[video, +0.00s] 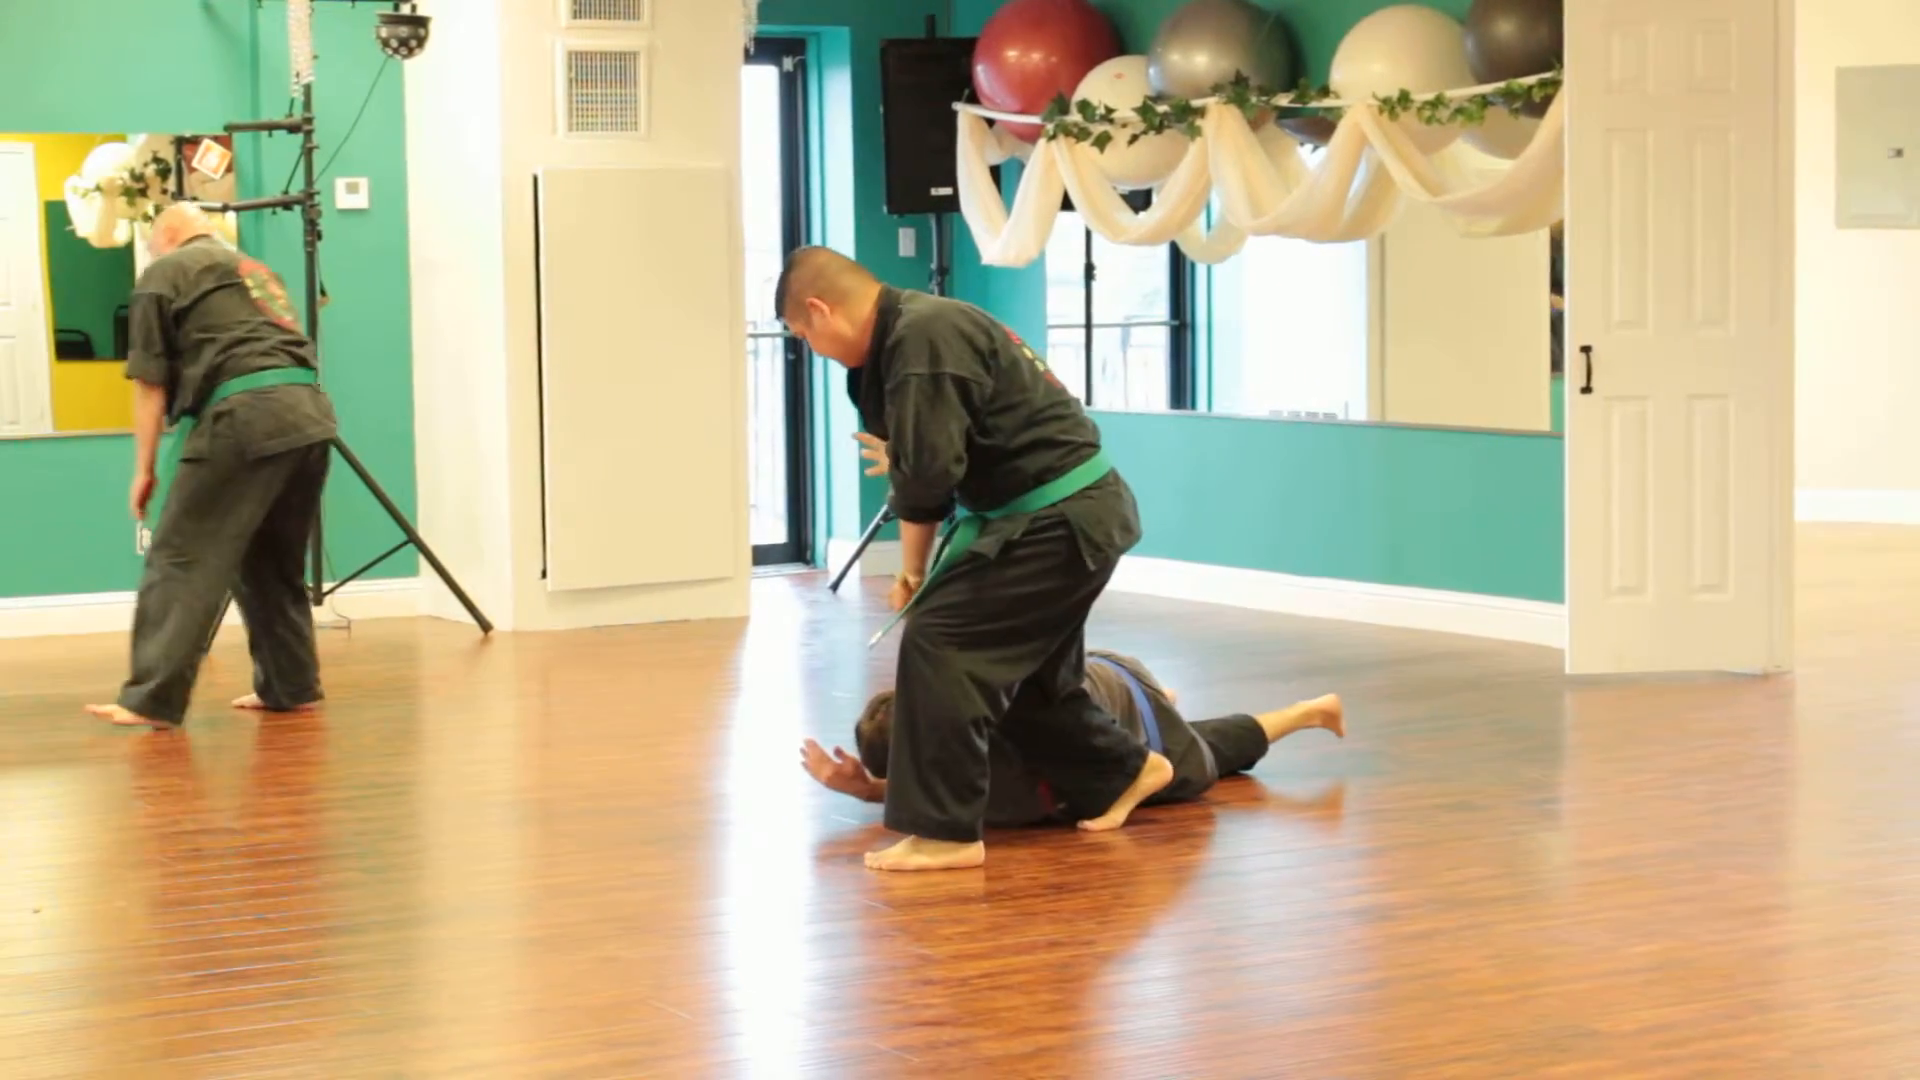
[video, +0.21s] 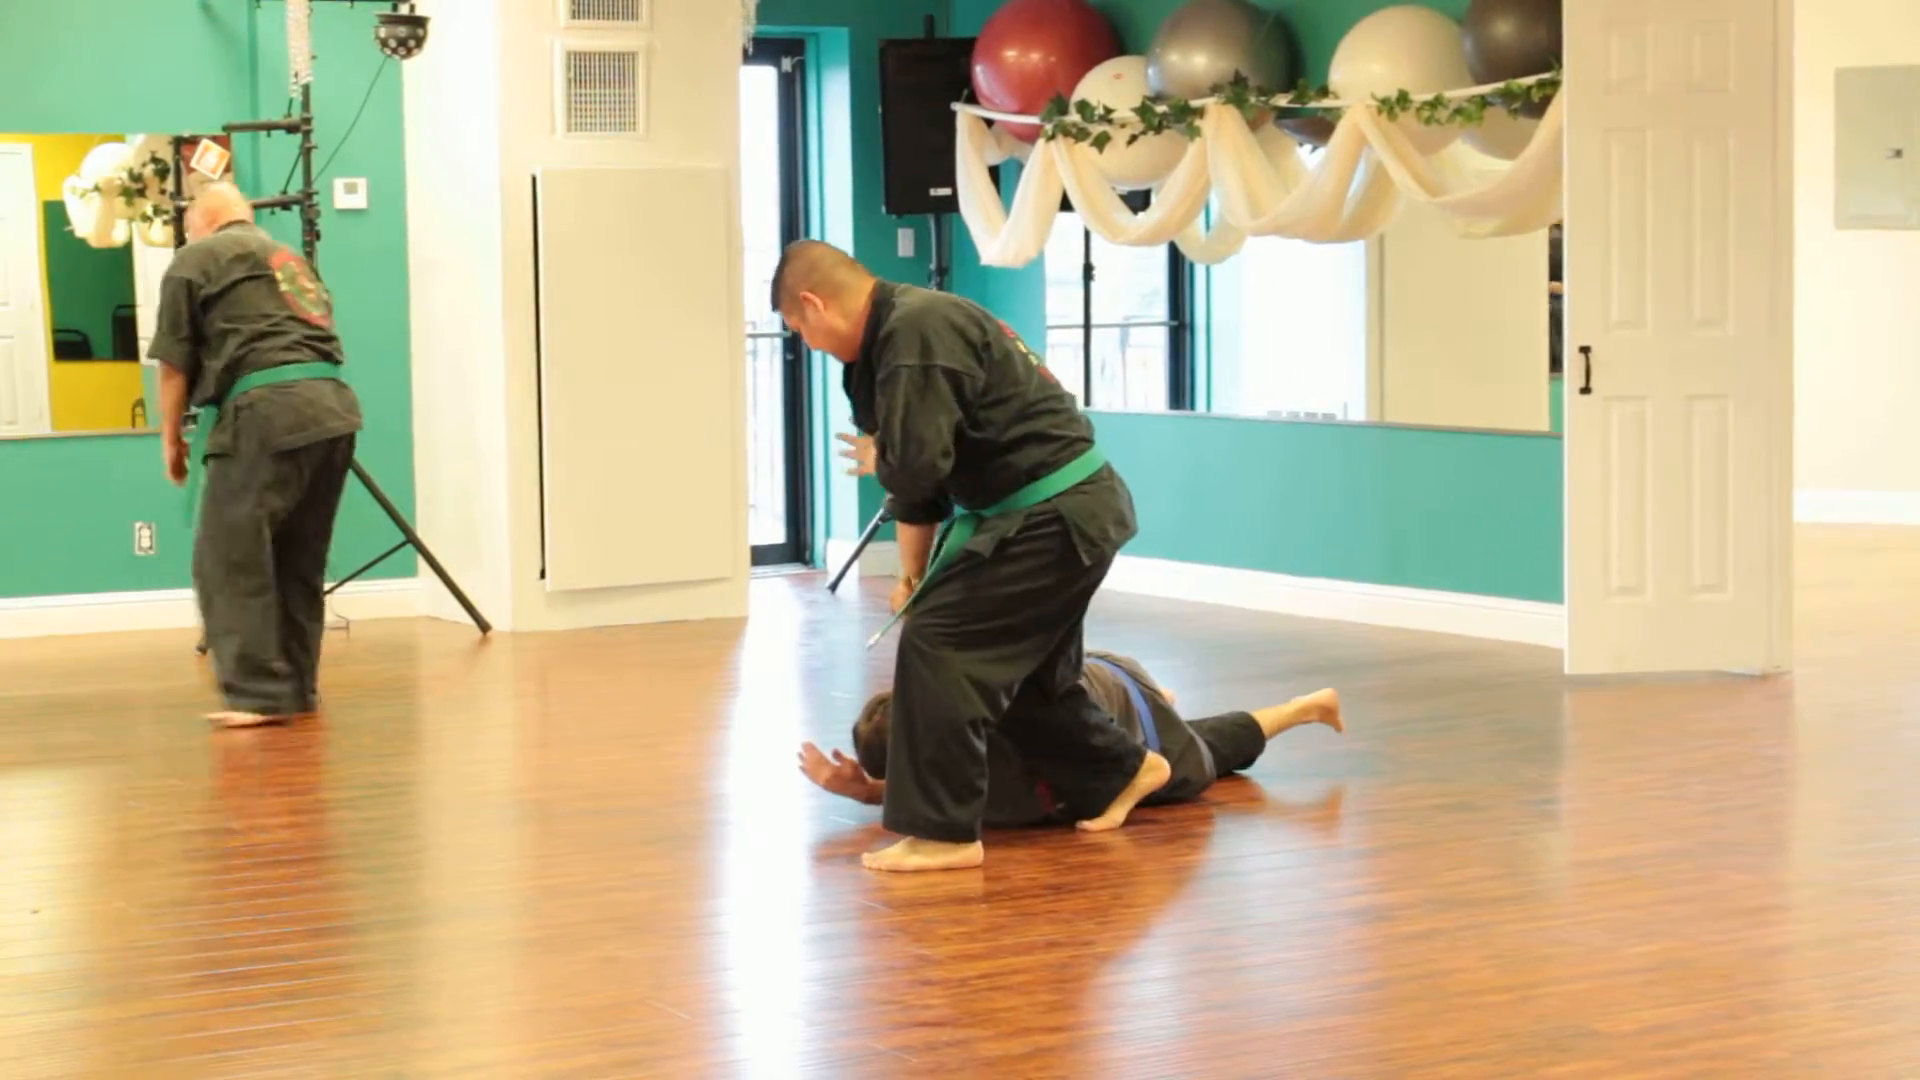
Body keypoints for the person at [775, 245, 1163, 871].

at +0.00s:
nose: (815, 352)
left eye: (804, 336)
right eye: (804, 340)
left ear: (822, 309)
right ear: (844, 294)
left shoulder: (923, 337)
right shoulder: (910, 338)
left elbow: (924, 477)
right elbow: (917, 476)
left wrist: (912, 574)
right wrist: (915, 571)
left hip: (1063, 513)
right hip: (1068, 510)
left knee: (936, 636)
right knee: (1025, 678)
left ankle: (944, 830)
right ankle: (1126, 767)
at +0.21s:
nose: (808, 346)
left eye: (799, 330)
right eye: (799, 334)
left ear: (816, 304)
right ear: (842, 286)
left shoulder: (915, 332)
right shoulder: (906, 330)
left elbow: (918, 478)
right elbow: (917, 484)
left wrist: (885, 457)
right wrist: (914, 579)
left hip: (1057, 509)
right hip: (1066, 505)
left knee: (933, 638)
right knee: (1024, 676)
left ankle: (943, 830)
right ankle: (1123, 766)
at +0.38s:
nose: (815, 332)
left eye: (806, 317)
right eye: (807, 319)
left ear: (820, 295)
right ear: (856, 272)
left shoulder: (911, 327)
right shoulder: (918, 312)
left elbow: (899, 465)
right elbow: (907, 471)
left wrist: (832, 442)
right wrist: (894, 560)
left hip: (1053, 509)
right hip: (1077, 499)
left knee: (935, 641)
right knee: (1034, 674)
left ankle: (941, 831)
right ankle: (1130, 772)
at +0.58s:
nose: (856, 306)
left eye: (850, 289)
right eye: (852, 291)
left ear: (862, 274)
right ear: (911, 253)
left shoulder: (904, 321)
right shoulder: (974, 299)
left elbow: (896, 454)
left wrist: (808, 453)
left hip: (1052, 508)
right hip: (1116, 491)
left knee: (928, 645)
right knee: (1080, 656)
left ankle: (937, 833)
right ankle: (1159, 795)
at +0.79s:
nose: (912, 294)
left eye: (909, 282)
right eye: (912, 283)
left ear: (921, 272)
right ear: (983, 257)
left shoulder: (925, 343)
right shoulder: (1069, 311)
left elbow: (912, 492)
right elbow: (1132, 428)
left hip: (1046, 529)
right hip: (1136, 512)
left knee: (921, 652)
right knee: (1106, 649)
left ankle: (924, 836)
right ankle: (1181, 799)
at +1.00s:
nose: (952, 308)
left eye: (944, 292)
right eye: (944, 295)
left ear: (961, 269)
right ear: (1001, 252)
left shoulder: (1005, 344)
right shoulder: (1099, 290)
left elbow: (1009, 478)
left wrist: (982, 445)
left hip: (1142, 507)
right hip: (1211, 491)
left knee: (1037, 655)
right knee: (1132, 650)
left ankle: (971, 812)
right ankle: (1186, 798)